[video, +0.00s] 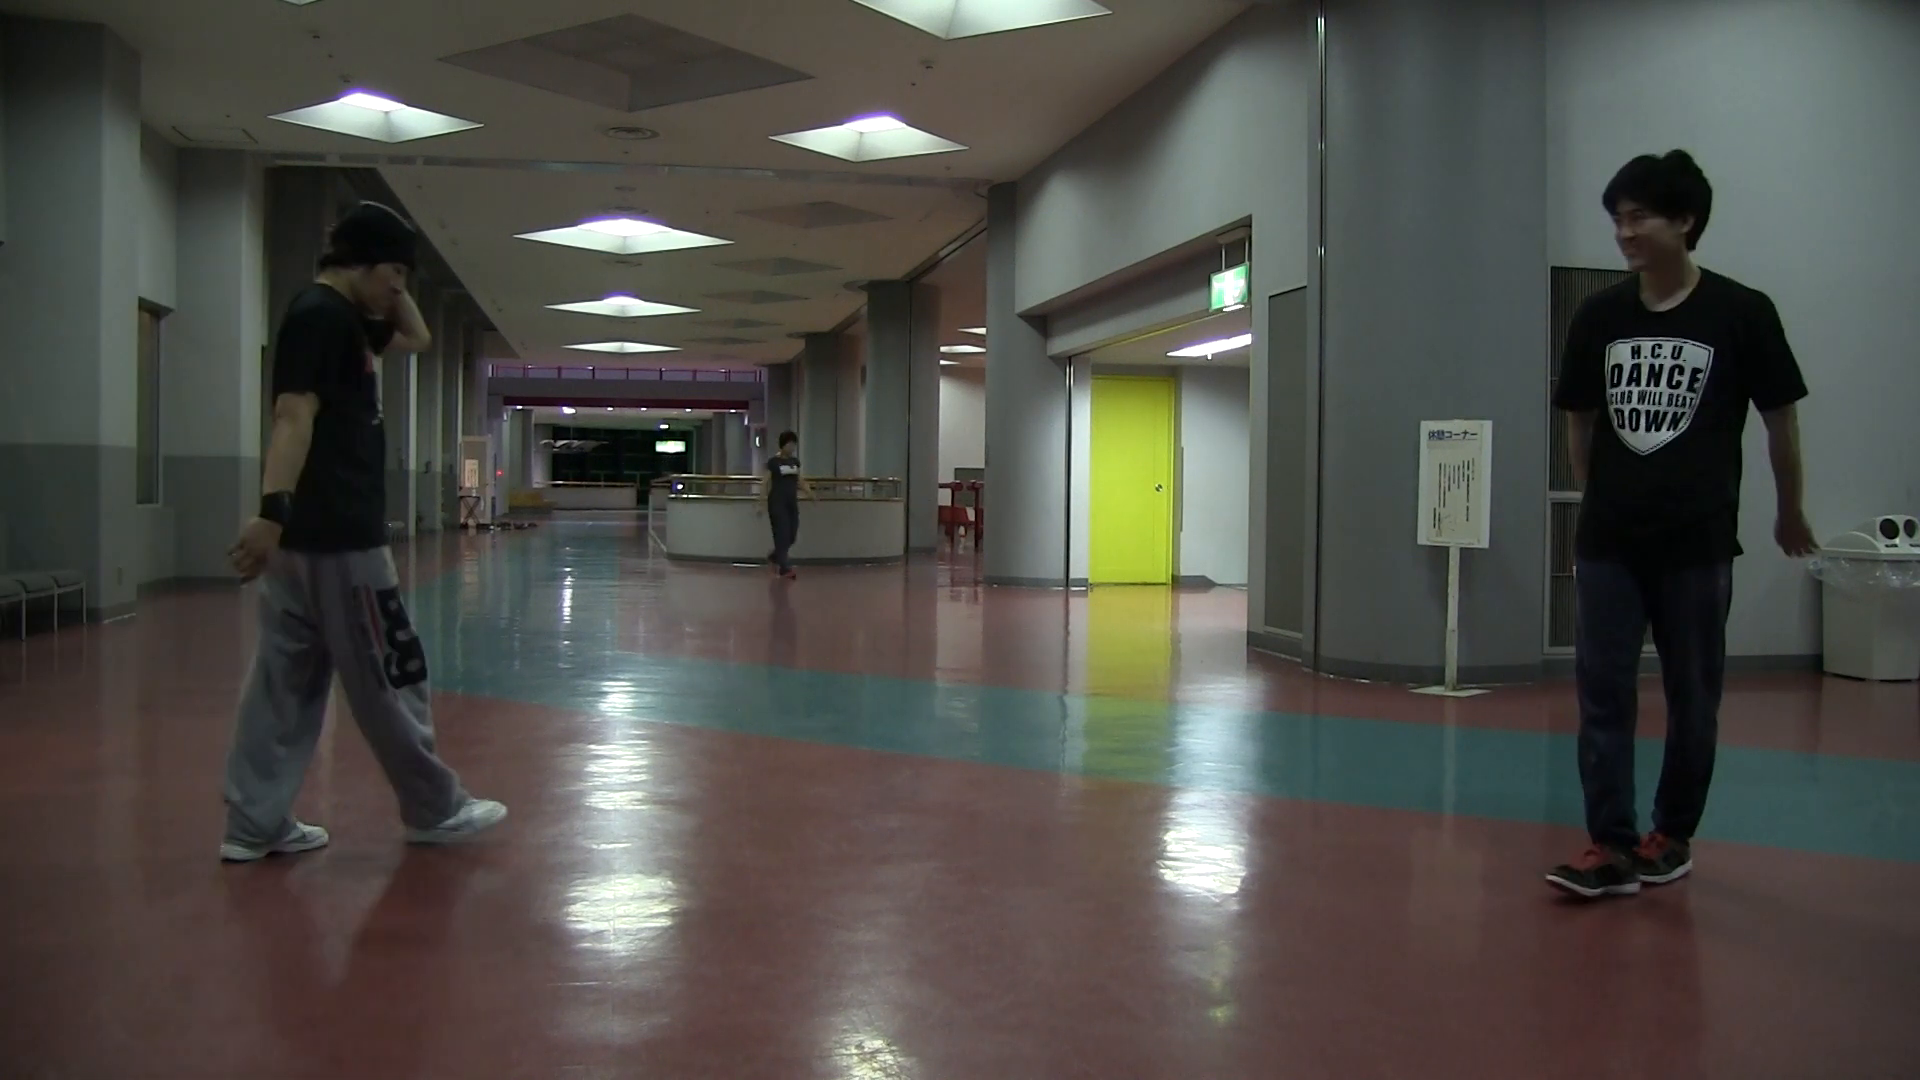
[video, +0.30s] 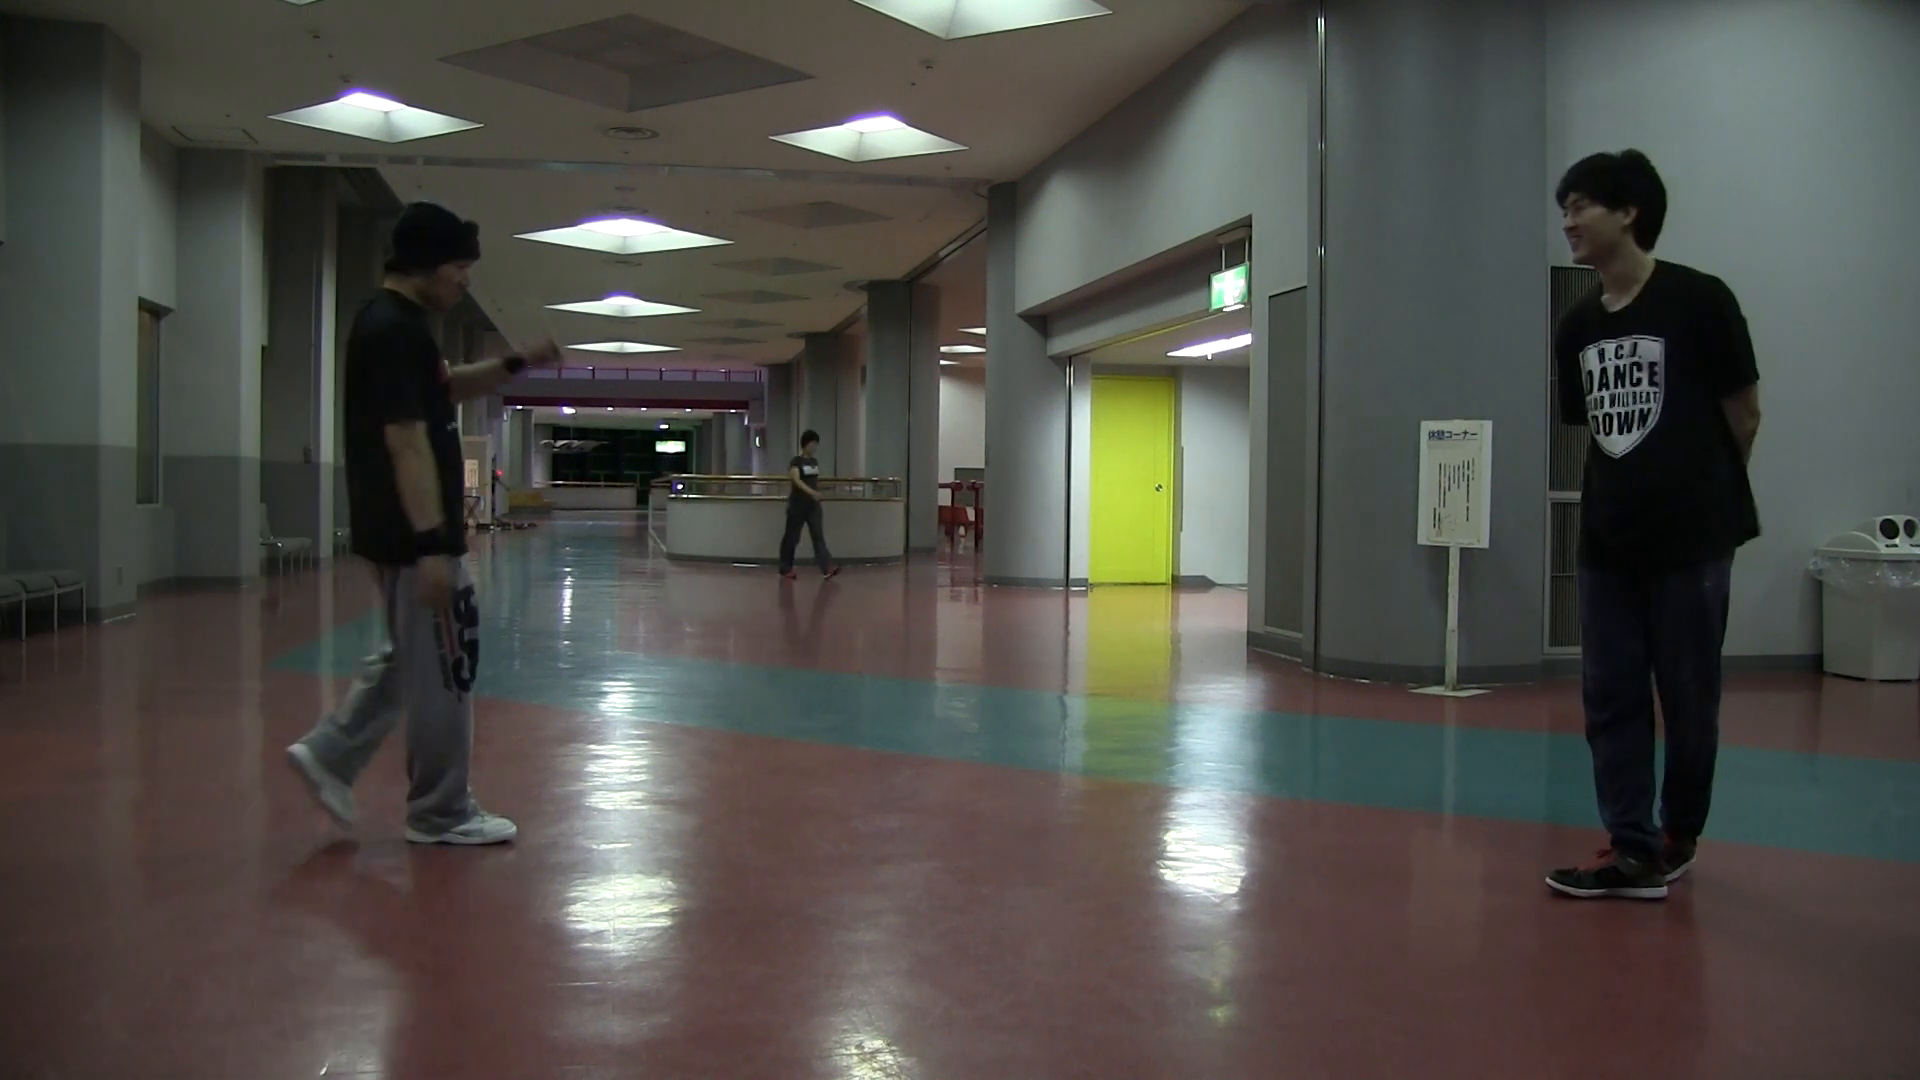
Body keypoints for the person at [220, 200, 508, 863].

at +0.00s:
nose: (398, 287)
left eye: (401, 277)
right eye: (395, 274)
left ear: (349, 263)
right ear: (363, 265)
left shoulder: (339, 315)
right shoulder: (320, 314)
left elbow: (416, 336)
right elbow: (292, 417)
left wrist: (387, 280)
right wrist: (271, 513)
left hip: (309, 535)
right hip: (340, 535)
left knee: (283, 684)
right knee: (388, 674)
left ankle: (255, 824)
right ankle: (435, 807)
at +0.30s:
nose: (464, 282)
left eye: (466, 270)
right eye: (458, 269)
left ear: (413, 265)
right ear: (424, 265)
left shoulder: (394, 321)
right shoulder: (395, 329)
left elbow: (442, 389)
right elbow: (405, 441)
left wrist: (514, 366)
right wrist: (431, 550)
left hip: (403, 532)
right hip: (417, 537)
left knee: (413, 657)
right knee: (438, 669)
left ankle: (332, 754)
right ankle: (441, 811)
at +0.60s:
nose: (528, 275)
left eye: (529, 263)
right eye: (519, 264)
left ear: (500, 262)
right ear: (482, 263)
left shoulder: (501, 334)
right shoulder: (442, 336)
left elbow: (501, 432)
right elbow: (481, 438)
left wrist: (557, 464)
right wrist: (572, 467)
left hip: (502, 532)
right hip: (457, 538)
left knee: (525, 669)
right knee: (453, 675)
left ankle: (584, 792)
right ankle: (437, 810)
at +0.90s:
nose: (602, 268)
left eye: (607, 256)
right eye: (591, 255)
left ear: (605, 258)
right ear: (551, 256)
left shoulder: (604, 335)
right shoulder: (506, 326)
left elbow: (594, 432)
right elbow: (506, 432)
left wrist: (602, 519)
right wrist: (531, 530)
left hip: (592, 534)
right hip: (525, 536)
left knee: (601, 678)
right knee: (525, 676)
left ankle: (604, 813)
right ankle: (473, 787)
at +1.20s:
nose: (627, 266)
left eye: (634, 253)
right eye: (614, 252)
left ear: (640, 255)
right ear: (577, 252)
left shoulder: (655, 333)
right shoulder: (522, 325)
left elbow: (727, 388)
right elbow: (475, 416)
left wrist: (821, 390)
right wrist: (449, 497)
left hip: (625, 543)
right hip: (543, 539)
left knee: (620, 684)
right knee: (536, 696)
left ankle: (609, 814)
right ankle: (534, 851)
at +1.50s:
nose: (590, 247)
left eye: (597, 232)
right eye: (575, 234)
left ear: (604, 230)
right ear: (537, 230)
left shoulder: (626, 307)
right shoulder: (478, 312)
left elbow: (732, 338)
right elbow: (435, 420)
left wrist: (831, 323)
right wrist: (415, 519)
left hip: (609, 535)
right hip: (510, 539)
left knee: (639, 679)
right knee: (512, 707)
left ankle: (619, 792)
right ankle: (533, 871)